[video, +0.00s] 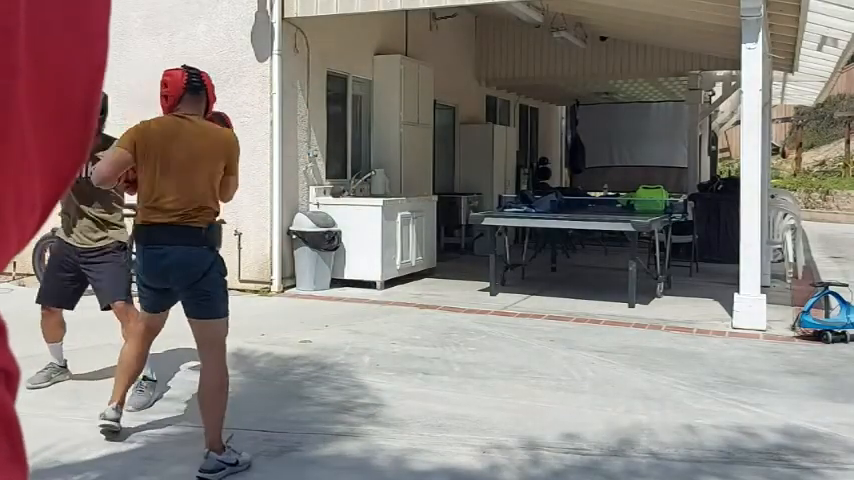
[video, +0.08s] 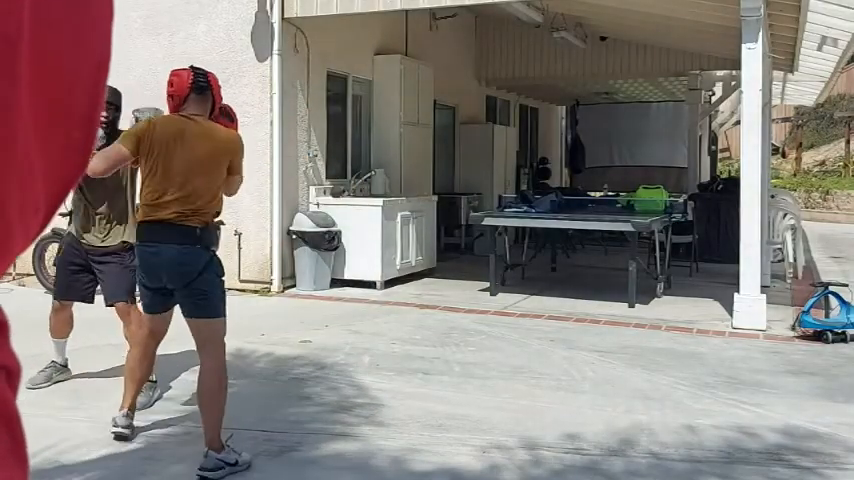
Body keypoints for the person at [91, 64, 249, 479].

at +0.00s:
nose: (210, 106)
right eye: (210, 101)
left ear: (167, 99)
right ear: (207, 101)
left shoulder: (142, 131)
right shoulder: (225, 138)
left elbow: (100, 178)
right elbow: (225, 194)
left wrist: (124, 174)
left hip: (150, 250)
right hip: (199, 253)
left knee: (144, 328)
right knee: (212, 353)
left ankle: (113, 408)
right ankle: (215, 450)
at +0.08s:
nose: (214, 104)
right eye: (214, 97)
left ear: (174, 99)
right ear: (212, 98)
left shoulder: (151, 128)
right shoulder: (228, 139)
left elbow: (97, 167)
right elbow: (232, 187)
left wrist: (84, 148)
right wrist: (224, 141)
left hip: (151, 249)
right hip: (196, 252)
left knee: (148, 335)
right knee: (211, 351)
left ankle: (125, 413)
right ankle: (215, 449)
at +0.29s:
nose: (224, 118)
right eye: (227, 113)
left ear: (186, 109)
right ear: (227, 115)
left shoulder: (161, 133)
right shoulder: (234, 158)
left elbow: (122, 141)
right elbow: (223, 199)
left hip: (152, 256)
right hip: (198, 259)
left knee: (148, 334)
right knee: (243, 346)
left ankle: (121, 418)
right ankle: (252, 436)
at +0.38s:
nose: (237, 126)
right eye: (238, 121)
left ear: (197, 118)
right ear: (237, 124)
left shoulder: (169, 146)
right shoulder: (243, 171)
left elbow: (122, 161)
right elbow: (232, 223)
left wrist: (151, 155)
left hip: (163, 265)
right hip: (210, 271)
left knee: (153, 340)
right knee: (259, 351)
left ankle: (123, 417)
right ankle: (266, 445)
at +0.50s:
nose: (258, 116)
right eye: (257, 110)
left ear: (213, 111)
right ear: (254, 113)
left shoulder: (185, 144)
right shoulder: (268, 161)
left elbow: (137, 179)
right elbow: (261, 211)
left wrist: (162, 174)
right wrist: (228, 182)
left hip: (185, 264)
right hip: (234, 267)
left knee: (164, 341)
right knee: (272, 355)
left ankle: (130, 410)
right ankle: (267, 453)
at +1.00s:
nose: (286, 98)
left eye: (244, 91)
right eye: (289, 92)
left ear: (246, 90)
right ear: (288, 92)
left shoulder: (226, 130)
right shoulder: (313, 134)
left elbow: (198, 191)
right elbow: (315, 193)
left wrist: (227, 189)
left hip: (245, 255)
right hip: (296, 252)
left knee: (247, 340)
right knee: (295, 364)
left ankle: (232, 414)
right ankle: (291, 462)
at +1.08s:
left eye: (242, 83)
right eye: (284, 82)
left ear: (243, 81)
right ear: (285, 81)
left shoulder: (229, 119)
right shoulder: (316, 120)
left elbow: (190, 173)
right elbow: (318, 178)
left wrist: (185, 158)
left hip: (245, 243)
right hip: (295, 243)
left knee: (244, 331)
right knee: (290, 356)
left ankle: (226, 422)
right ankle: (287, 460)